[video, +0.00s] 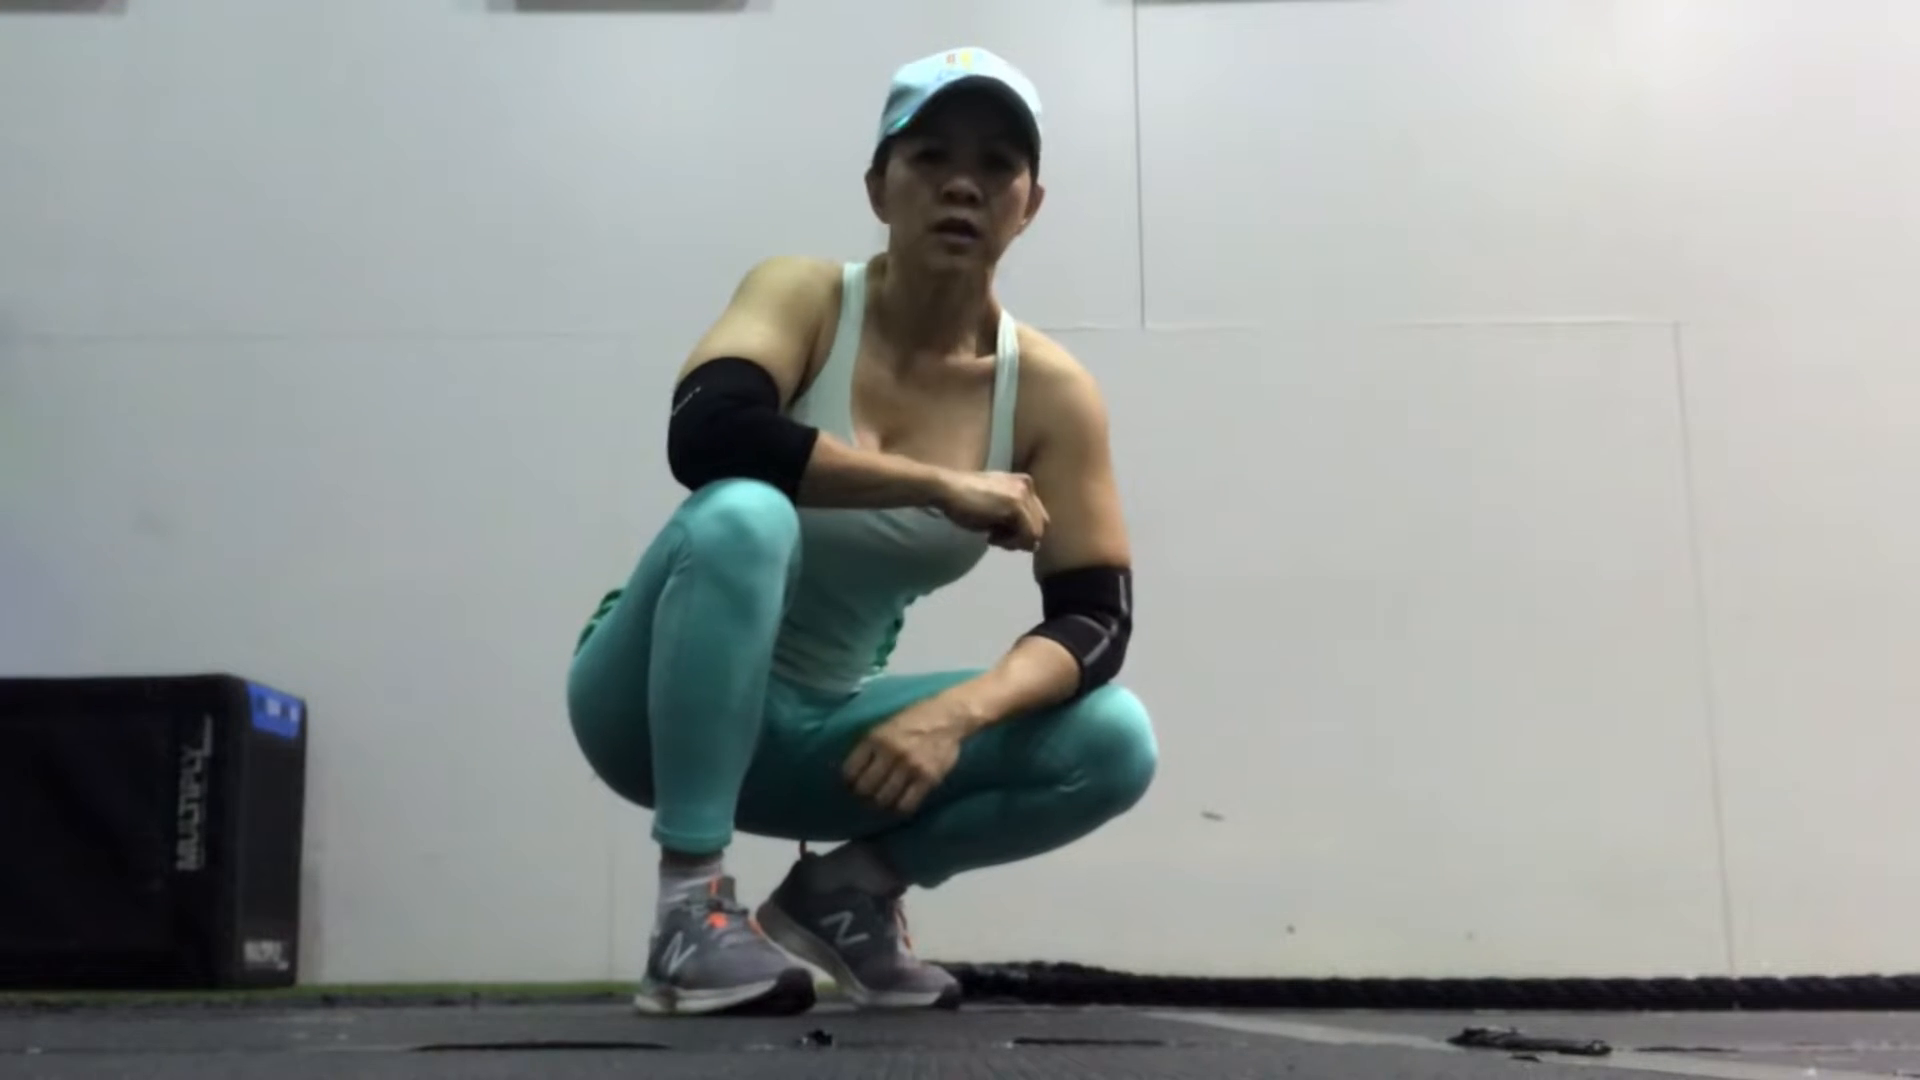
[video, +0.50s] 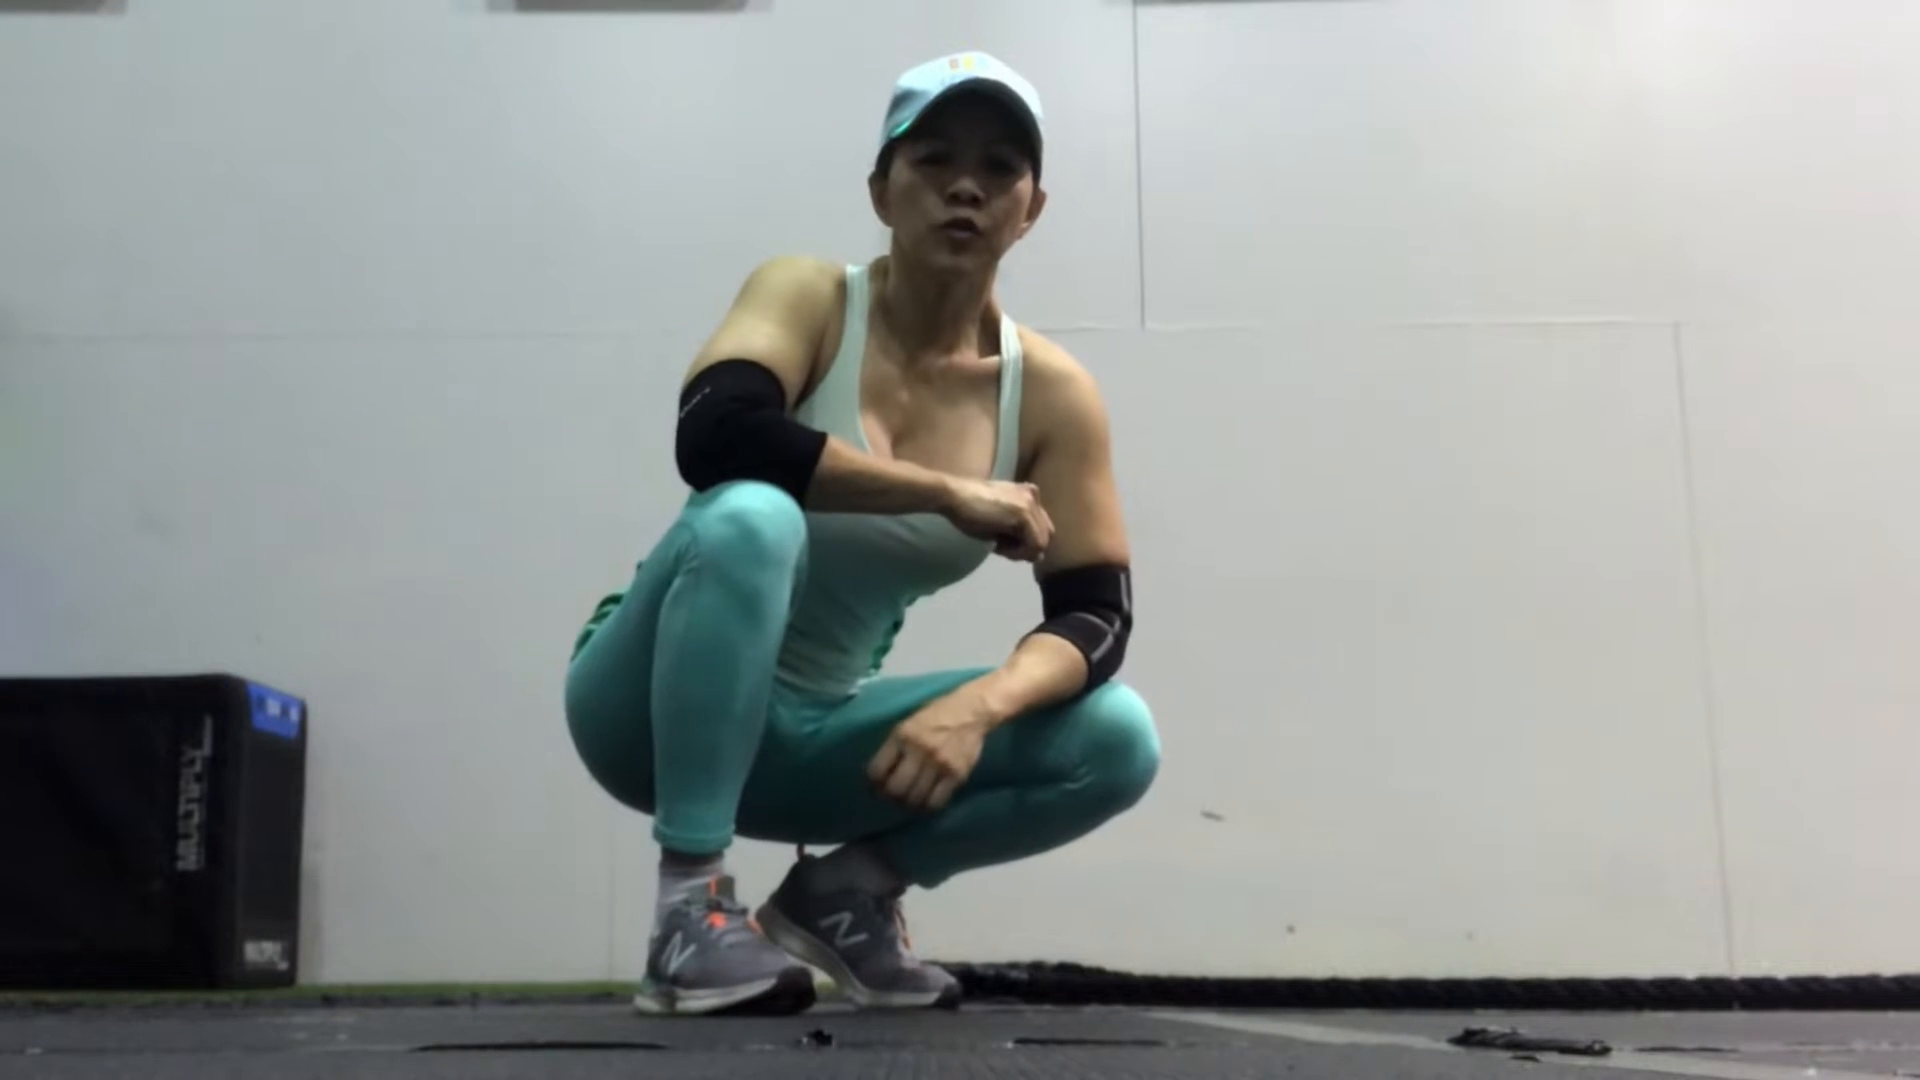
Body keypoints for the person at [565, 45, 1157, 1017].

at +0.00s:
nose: (962, 186)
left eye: (994, 165)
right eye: (933, 157)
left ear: (1029, 203)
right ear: (880, 185)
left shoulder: (1048, 391)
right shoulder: (798, 296)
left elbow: (1093, 621)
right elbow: (708, 436)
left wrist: (957, 710)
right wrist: (940, 485)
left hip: (824, 733)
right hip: (662, 699)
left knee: (1111, 743)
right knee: (745, 518)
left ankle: (841, 890)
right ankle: (692, 909)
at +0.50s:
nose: (965, 185)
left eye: (997, 166)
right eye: (936, 157)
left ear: (1032, 207)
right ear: (883, 187)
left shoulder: (1049, 393)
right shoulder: (803, 295)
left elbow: (1094, 616)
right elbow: (717, 436)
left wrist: (980, 704)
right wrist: (948, 492)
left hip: (818, 738)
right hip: (657, 703)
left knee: (1114, 740)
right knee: (752, 519)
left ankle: (840, 891)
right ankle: (691, 909)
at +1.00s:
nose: (964, 185)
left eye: (997, 164)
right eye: (935, 156)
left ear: (1035, 204)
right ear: (884, 189)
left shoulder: (1055, 397)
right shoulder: (805, 296)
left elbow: (1093, 620)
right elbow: (715, 435)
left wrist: (972, 709)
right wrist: (945, 495)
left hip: (822, 738)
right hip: (660, 704)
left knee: (1112, 744)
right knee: (749, 517)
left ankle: (840, 890)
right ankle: (692, 910)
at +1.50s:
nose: (960, 187)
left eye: (992, 165)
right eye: (931, 159)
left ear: (1033, 202)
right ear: (883, 189)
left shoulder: (1054, 398)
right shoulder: (804, 297)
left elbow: (1090, 621)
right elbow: (714, 434)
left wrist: (968, 710)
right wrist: (943, 498)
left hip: (821, 740)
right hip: (658, 705)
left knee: (1110, 745)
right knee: (747, 517)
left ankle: (840, 891)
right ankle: (691, 910)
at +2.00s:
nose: (956, 187)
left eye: (988, 164)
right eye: (926, 160)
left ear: (1028, 202)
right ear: (878, 188)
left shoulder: (1048, 395)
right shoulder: (799, 300)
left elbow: (1088, 622)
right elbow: (719, 436)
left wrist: (969, 705)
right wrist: (948, 496)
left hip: (819, 745)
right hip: (656, 710)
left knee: (1108, 743)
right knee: (749, 517)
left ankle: (840, 892)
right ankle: (691, 911)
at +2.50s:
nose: (950, 187)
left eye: (980, 165)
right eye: (920, 162)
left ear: (1019, 202)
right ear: (871, 193)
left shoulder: (1041, 392)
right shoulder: (792, 305)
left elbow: (1083, 617)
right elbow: (727, 440)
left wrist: (969, 703)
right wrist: (950, 487)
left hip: (818, 746)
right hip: (651, 712)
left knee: (1106, 737)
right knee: (759, 521)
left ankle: (842, 893)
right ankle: (691, 909)